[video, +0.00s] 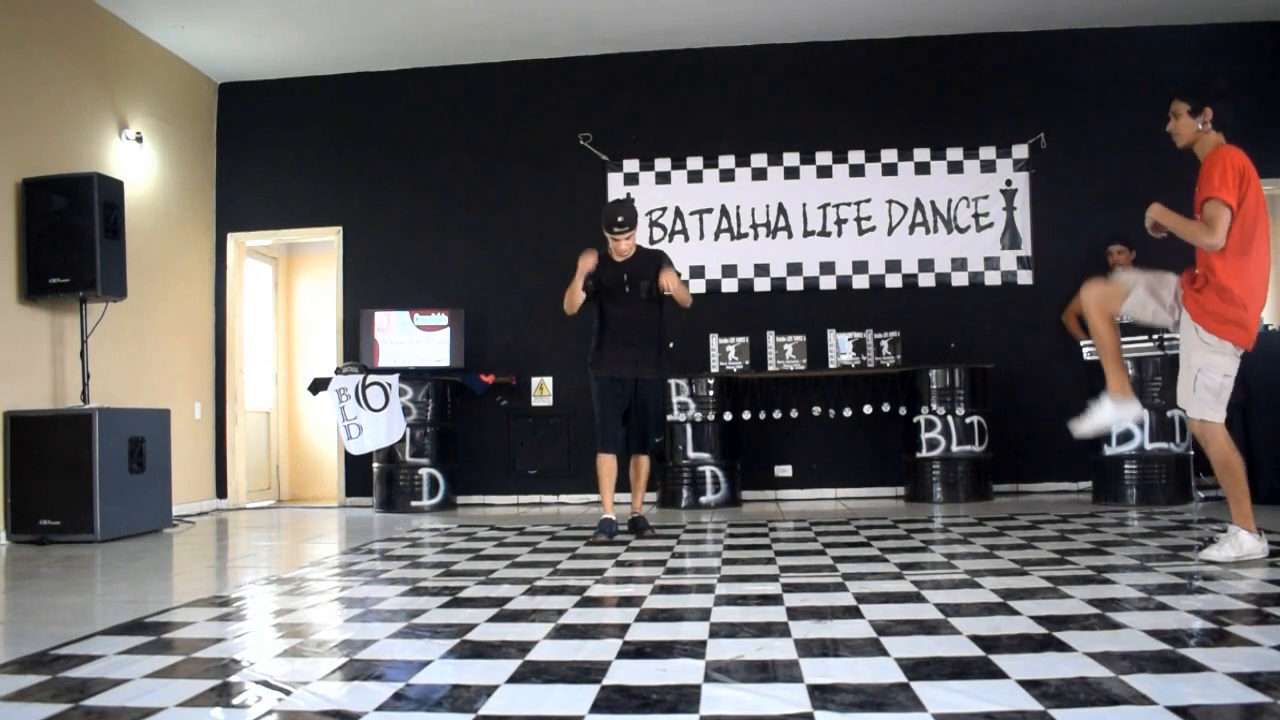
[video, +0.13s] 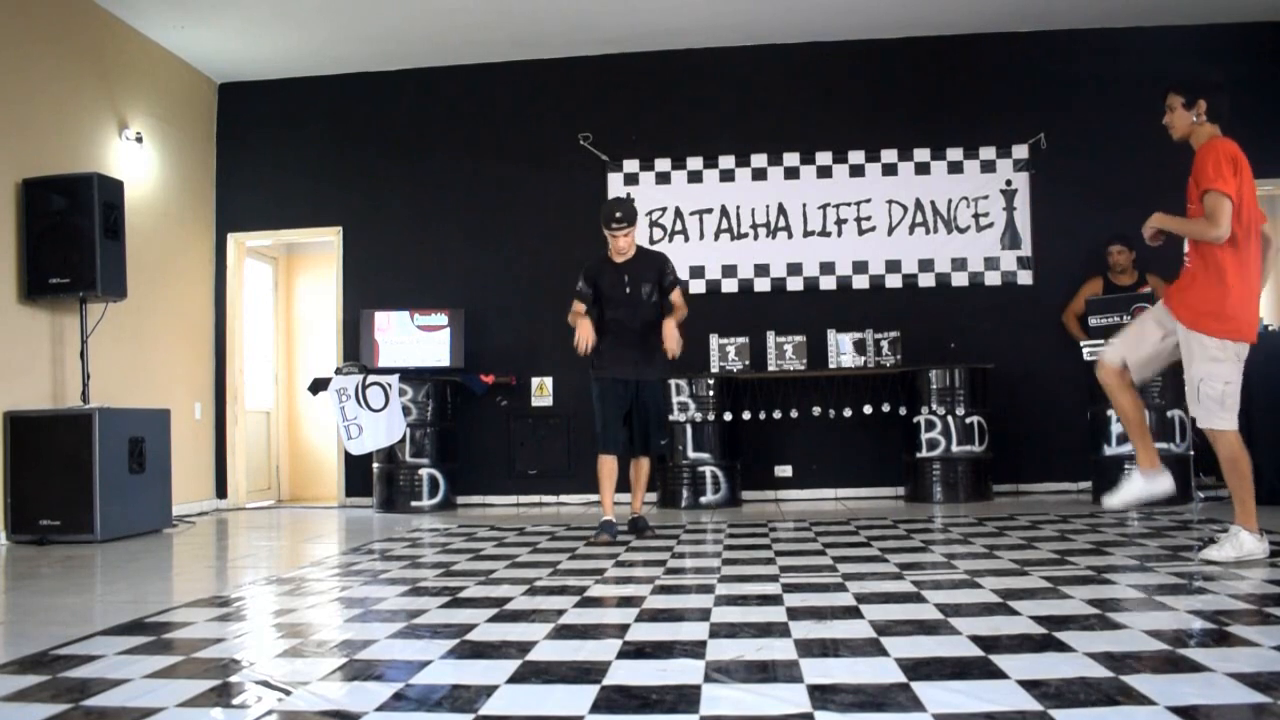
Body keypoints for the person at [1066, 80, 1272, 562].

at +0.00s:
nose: (1169, 125)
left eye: (1176, 116)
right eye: (1169, 116)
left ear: (1205, 118)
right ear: (1200, 120)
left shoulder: (1224, 161)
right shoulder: (1218, 163)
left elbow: (1213, 235)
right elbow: (1217, 245)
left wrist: (1163, 216)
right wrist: (1138, 265)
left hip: (1221, 312)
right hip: (1193, 293)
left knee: (1206, 422)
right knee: (1096, 294)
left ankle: (1246, 533)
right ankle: (1121, 400)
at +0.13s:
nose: (1165, 119)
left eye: (1171, 110)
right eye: (1165, 111)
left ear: (1198, 109)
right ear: (1196, 111)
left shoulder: (1215, 152)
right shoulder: (1225, 159)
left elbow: (1218, 226)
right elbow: (1267, 233)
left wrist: (1163, 220)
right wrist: (1249, 296)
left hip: (1221, 313)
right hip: (1188, 302)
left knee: (1218, 422)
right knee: (1111, 367)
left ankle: (1248, 532)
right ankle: (1149, 471)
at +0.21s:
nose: (1162, 118)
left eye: (1167, 109)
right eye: (1162, 110)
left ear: (1194, 109)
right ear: (1192, 110)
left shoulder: (1209, 151)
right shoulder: (1214, 160)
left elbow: (1210, 227)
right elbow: (1266, 239)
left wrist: (1159, 223)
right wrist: (1247, 301)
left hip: (1211, 312)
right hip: (1176, 311)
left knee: (1224, 421)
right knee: (1138, 403)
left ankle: (1249, 532)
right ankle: (1168, 508)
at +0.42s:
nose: (1145, 128)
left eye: (1150, 118)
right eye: (1146, 119)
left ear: (1176, 121)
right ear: (1180, 123)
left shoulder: (1175, 162)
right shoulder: (1202, 172)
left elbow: (1167, 239)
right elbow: (1233, 253)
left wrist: (1133, 229)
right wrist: (1197, 285)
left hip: (1175, 319)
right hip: (1194, 320)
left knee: (1158, 425)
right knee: (1155, 425)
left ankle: (1224, 516)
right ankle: (1182, 526)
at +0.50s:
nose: (1136, 131)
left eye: (1142, 122)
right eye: (1137, 123)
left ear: (1167, 126)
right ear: (1166, 127)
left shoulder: (1170, 166)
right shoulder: (1184, 169)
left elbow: (1153, 241)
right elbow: (1182, 249)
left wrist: (1124, 230)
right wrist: (1144, 248)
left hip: (1175, 310)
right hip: (1194, 315)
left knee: (1114, 399)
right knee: (1157, 425)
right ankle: (1184, 528)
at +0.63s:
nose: (1122, 139)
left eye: (1128, 131)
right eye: (1123, 131)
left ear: (1153, 134)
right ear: (1153, 135)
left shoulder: (1158, 172)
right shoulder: (1170, 174)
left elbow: (1133, 250)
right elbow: (1168, 258)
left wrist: (1116, 233)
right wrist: (1120, 260)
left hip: (1183, 292)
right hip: (1191, 305)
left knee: (1076, 289)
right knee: (1144, 412)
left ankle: (1041, 398)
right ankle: (1183, 525)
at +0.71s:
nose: (1111, 148)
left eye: (1116, 140)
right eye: (1112, 140)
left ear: (1140, 144)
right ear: (1143, 145)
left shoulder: (1142, 184)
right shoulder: (1163, 180)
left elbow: (1112, 257)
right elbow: (1130, 261)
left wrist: (1075, 307)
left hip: (1182, 283)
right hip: (1165, 308)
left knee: (1101, 211)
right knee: (1127, 408)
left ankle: (1026, 298)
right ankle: (1175, 516)